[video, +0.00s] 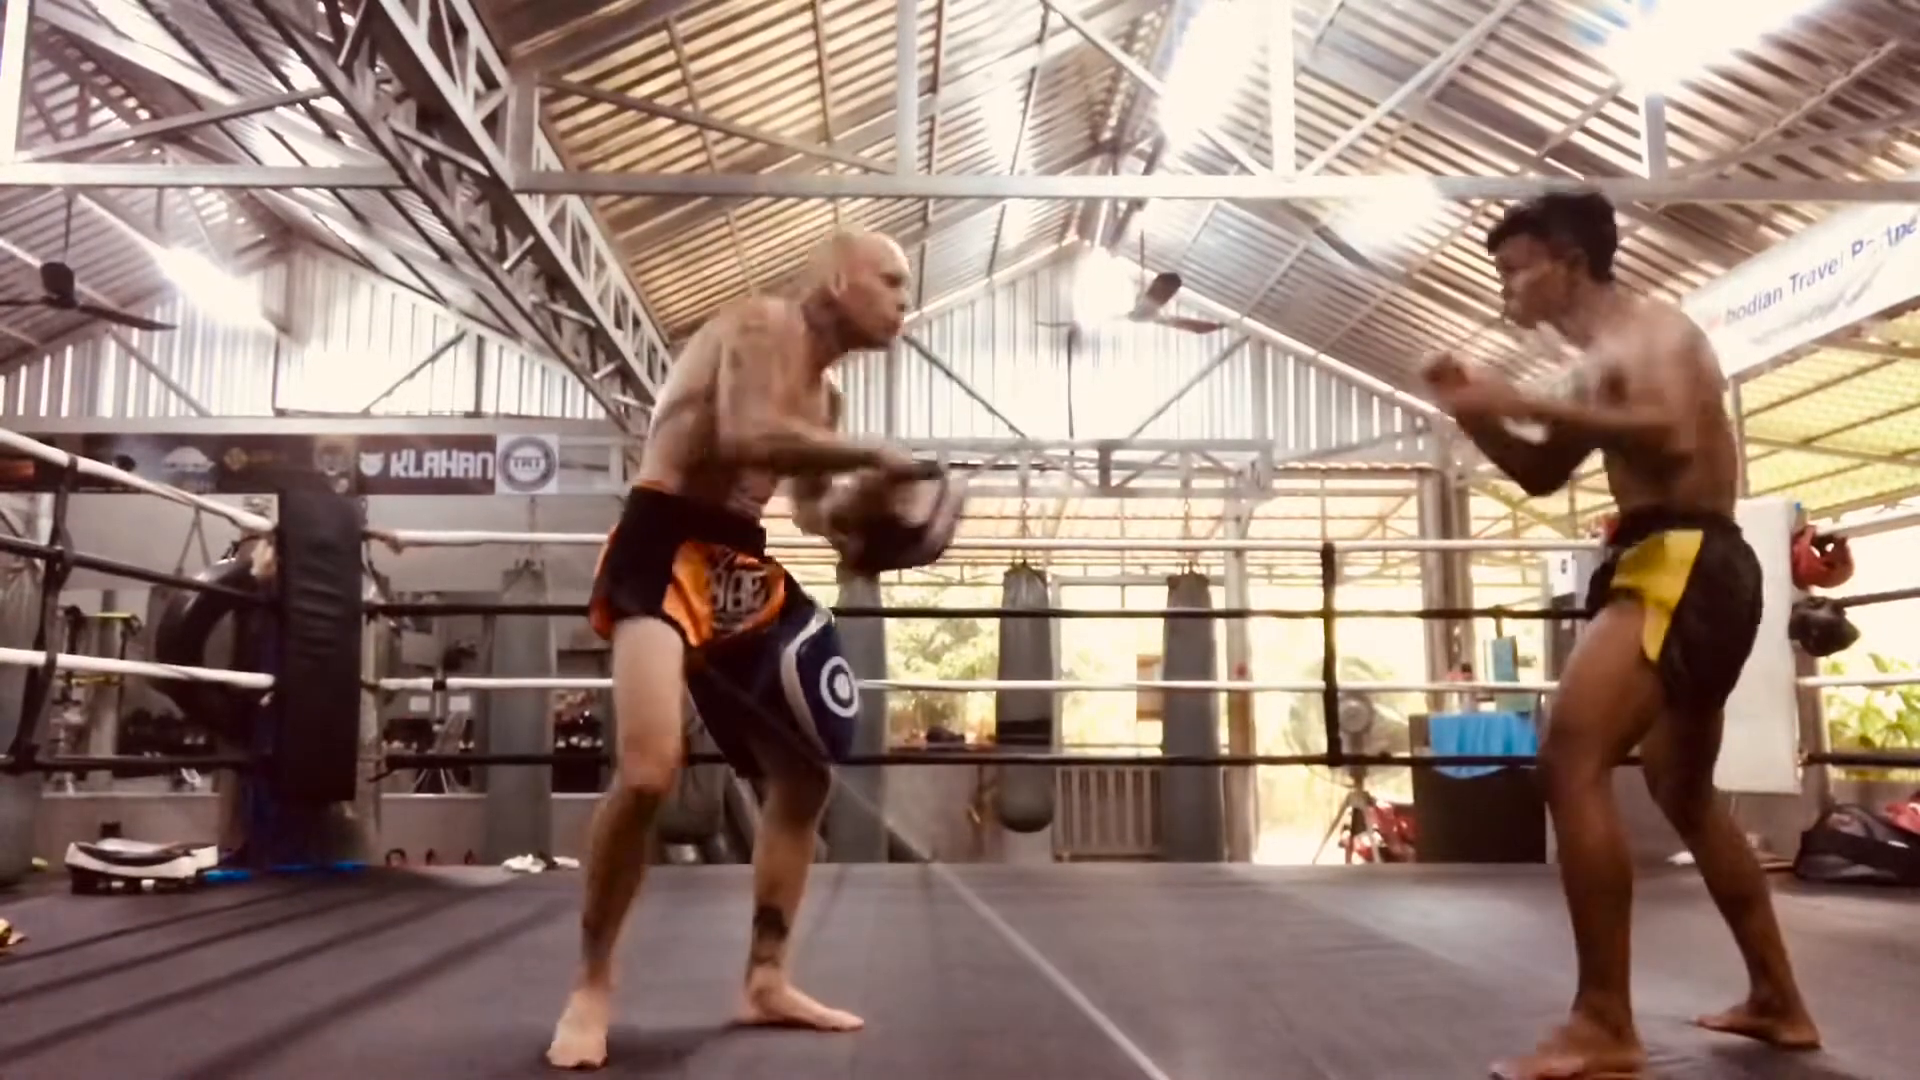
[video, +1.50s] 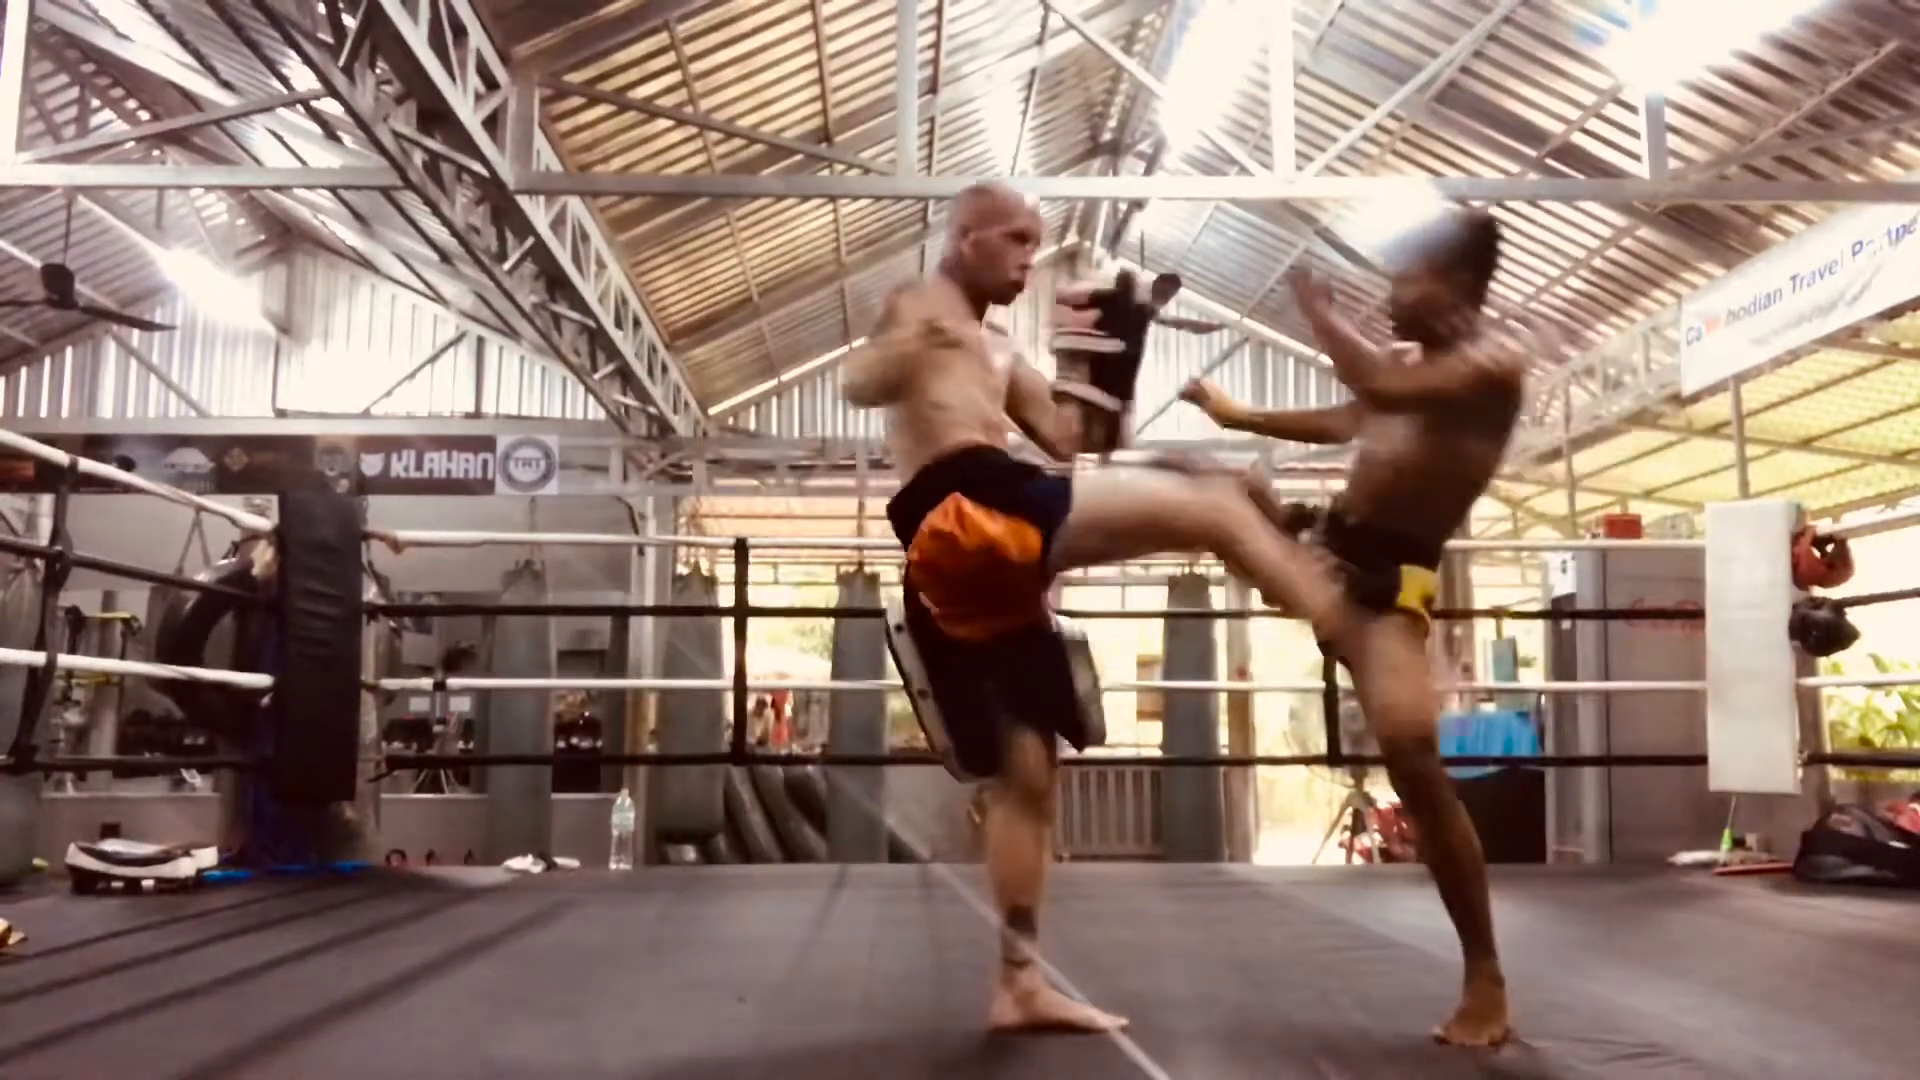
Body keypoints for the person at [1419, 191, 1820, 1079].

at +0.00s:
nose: (1504, 291)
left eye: (1514, 270)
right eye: (1501, 272)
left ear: (1567, 261)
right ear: (1565, 269)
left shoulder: (1647, 325)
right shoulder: (1603, 361)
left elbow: (1667, 425)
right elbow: (1541, 472)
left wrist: (1516, 403)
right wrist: (1470, 412)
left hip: (1681, 555)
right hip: (1693, 561)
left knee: (1572, 758)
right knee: (1683, 786)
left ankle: (1603, 1024)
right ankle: (1780, 1001)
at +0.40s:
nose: (1450, 291)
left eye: (1460, 272)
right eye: (1447, 275)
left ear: (1514, 265)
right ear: (1516, 272)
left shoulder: (1578, 323)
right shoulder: (1551, 352)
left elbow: (1575, 421)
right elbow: (1506, 481)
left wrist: (1439, 403)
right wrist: (1424, 445)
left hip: (1630, 559)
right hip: (1654, 560)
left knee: (1545, 772)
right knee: (1648, 778)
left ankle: (1588, 1026)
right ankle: (1761, 980)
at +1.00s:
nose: (1427, 294)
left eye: (1437, 277)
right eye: (1426, 280)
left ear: (1487, 277)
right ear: (1479, 282)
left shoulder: (1541, 346)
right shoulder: (1489, 368)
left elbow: (1543, 477)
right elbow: (1389, 432)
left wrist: (1481, 414)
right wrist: (1404, 336)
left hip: (1586, 581)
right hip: (1572, 579)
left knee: (1468, 754)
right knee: (1670, 795)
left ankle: (1507, 987)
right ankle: (1785, 987)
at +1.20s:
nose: (1450, 267)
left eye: (1465, 253)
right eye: (1452, 253)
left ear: (1519, 257)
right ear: (1501, 260)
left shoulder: (1600, 343)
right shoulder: (1466, 347)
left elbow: (1701, 414)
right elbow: (1377, 399)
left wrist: (1737, 443)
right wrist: (1303, 403)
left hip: (1475, 570)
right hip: (1410, 558)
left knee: (1462, 793)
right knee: (1287, 641)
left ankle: (1515, 1000)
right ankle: (1359, 748)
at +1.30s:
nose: (1468, 284)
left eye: (1485, 268)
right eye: (1467, 268)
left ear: (1541, 274)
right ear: (1474, 271)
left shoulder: (1584, 375)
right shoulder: (1445, 359)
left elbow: (1633, 437)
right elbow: (1362, 430)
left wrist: (1572, 378)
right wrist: (1274, 472)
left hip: (1429, 580)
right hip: (1363, 516)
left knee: (1441, 775)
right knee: (1190, 461)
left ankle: (1482, 988)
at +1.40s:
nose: (1429, 293)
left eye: (1442, 280)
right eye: (1431, 278)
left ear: (1491, 286)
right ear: (1474, 285)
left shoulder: (1549, 368)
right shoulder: (1442, 361)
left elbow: (1493, 409)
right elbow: (1355, 429)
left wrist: (1394, 353)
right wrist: (1259, 457)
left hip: (1407, 576)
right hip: (1345, 520)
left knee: (1412, 782)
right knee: (1209, 439)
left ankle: (1471, 987)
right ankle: (1082, 414)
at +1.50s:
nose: (1392, 304)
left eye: (1406, 290)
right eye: (1393, 289)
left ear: (1456, 288)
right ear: (1422, 289)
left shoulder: (1495, 364)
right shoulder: (1416, 361)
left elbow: (1384, 387)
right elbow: (1340, 423)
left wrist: (1315, 313)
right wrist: (1241, 416)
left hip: (1388, 584)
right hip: (1321, 544)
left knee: (1414, 767)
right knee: (1204, 479)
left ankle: (1483, 983)